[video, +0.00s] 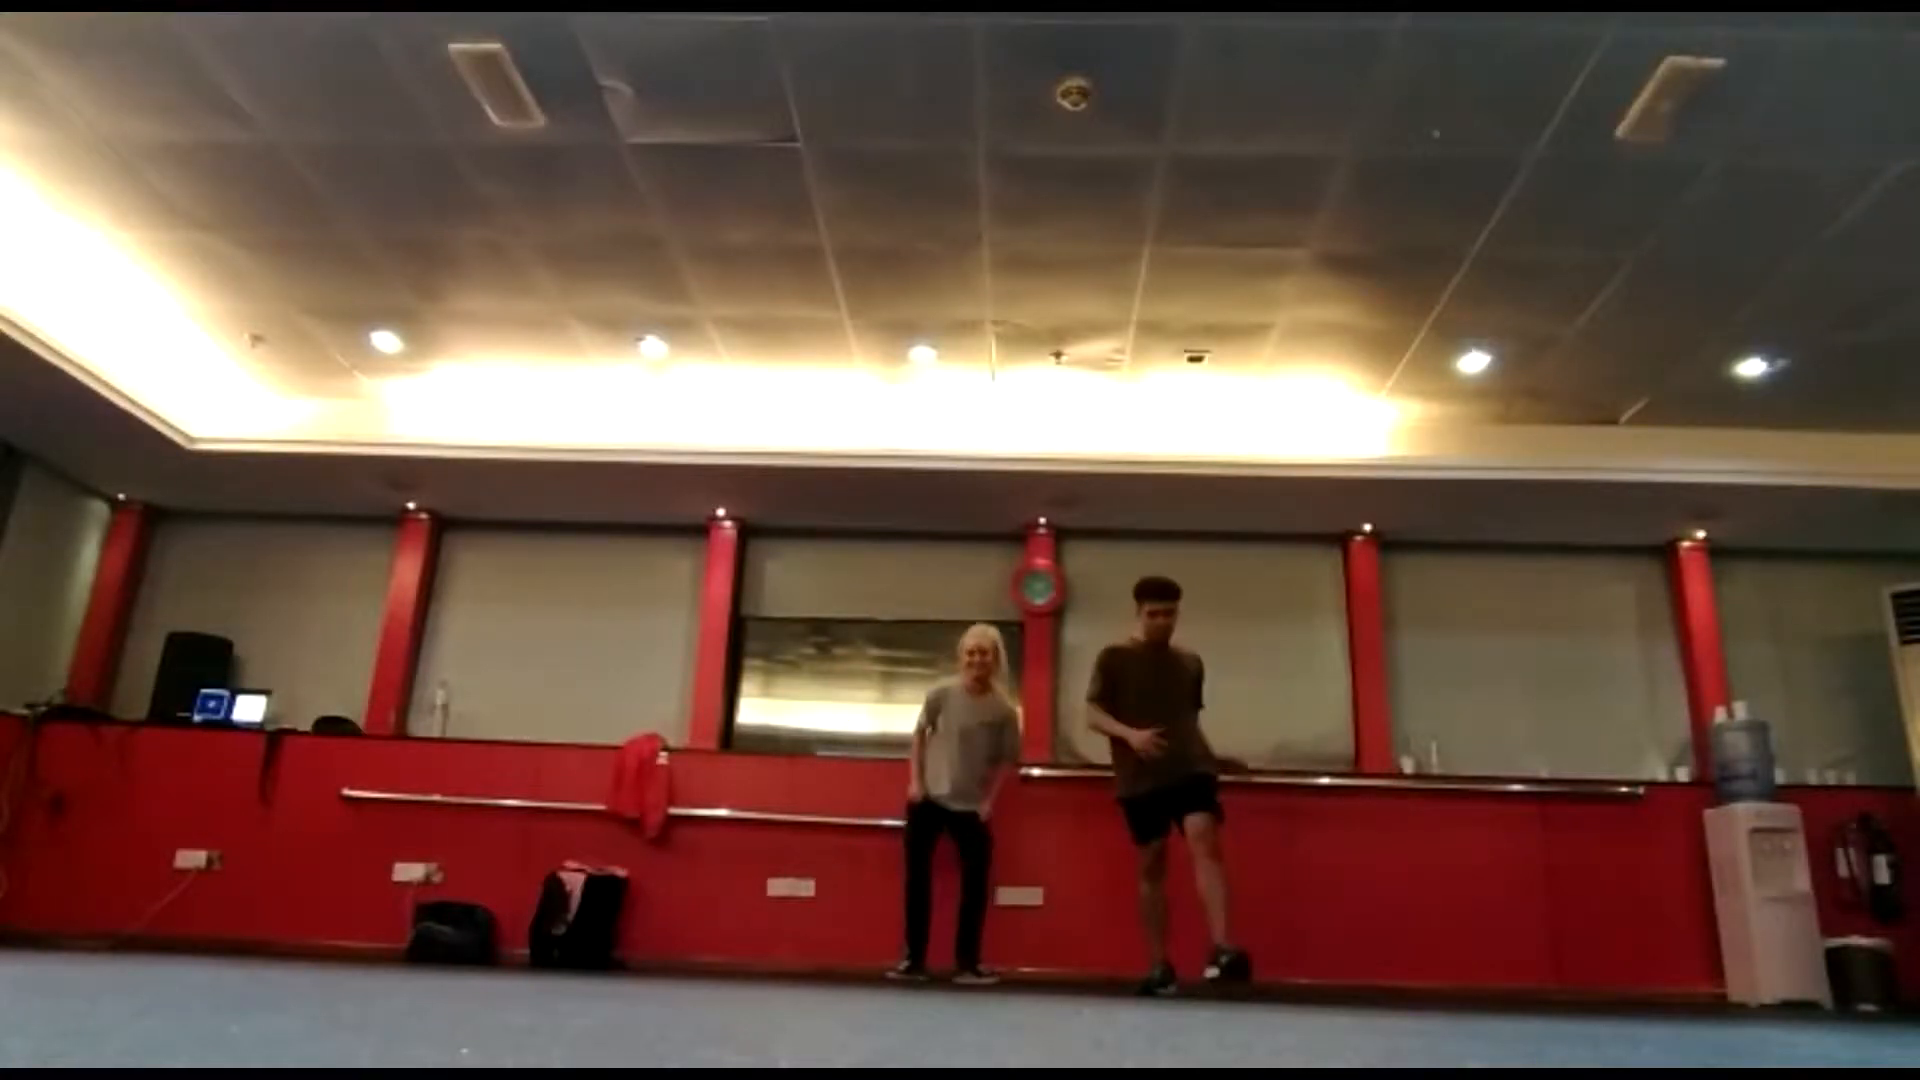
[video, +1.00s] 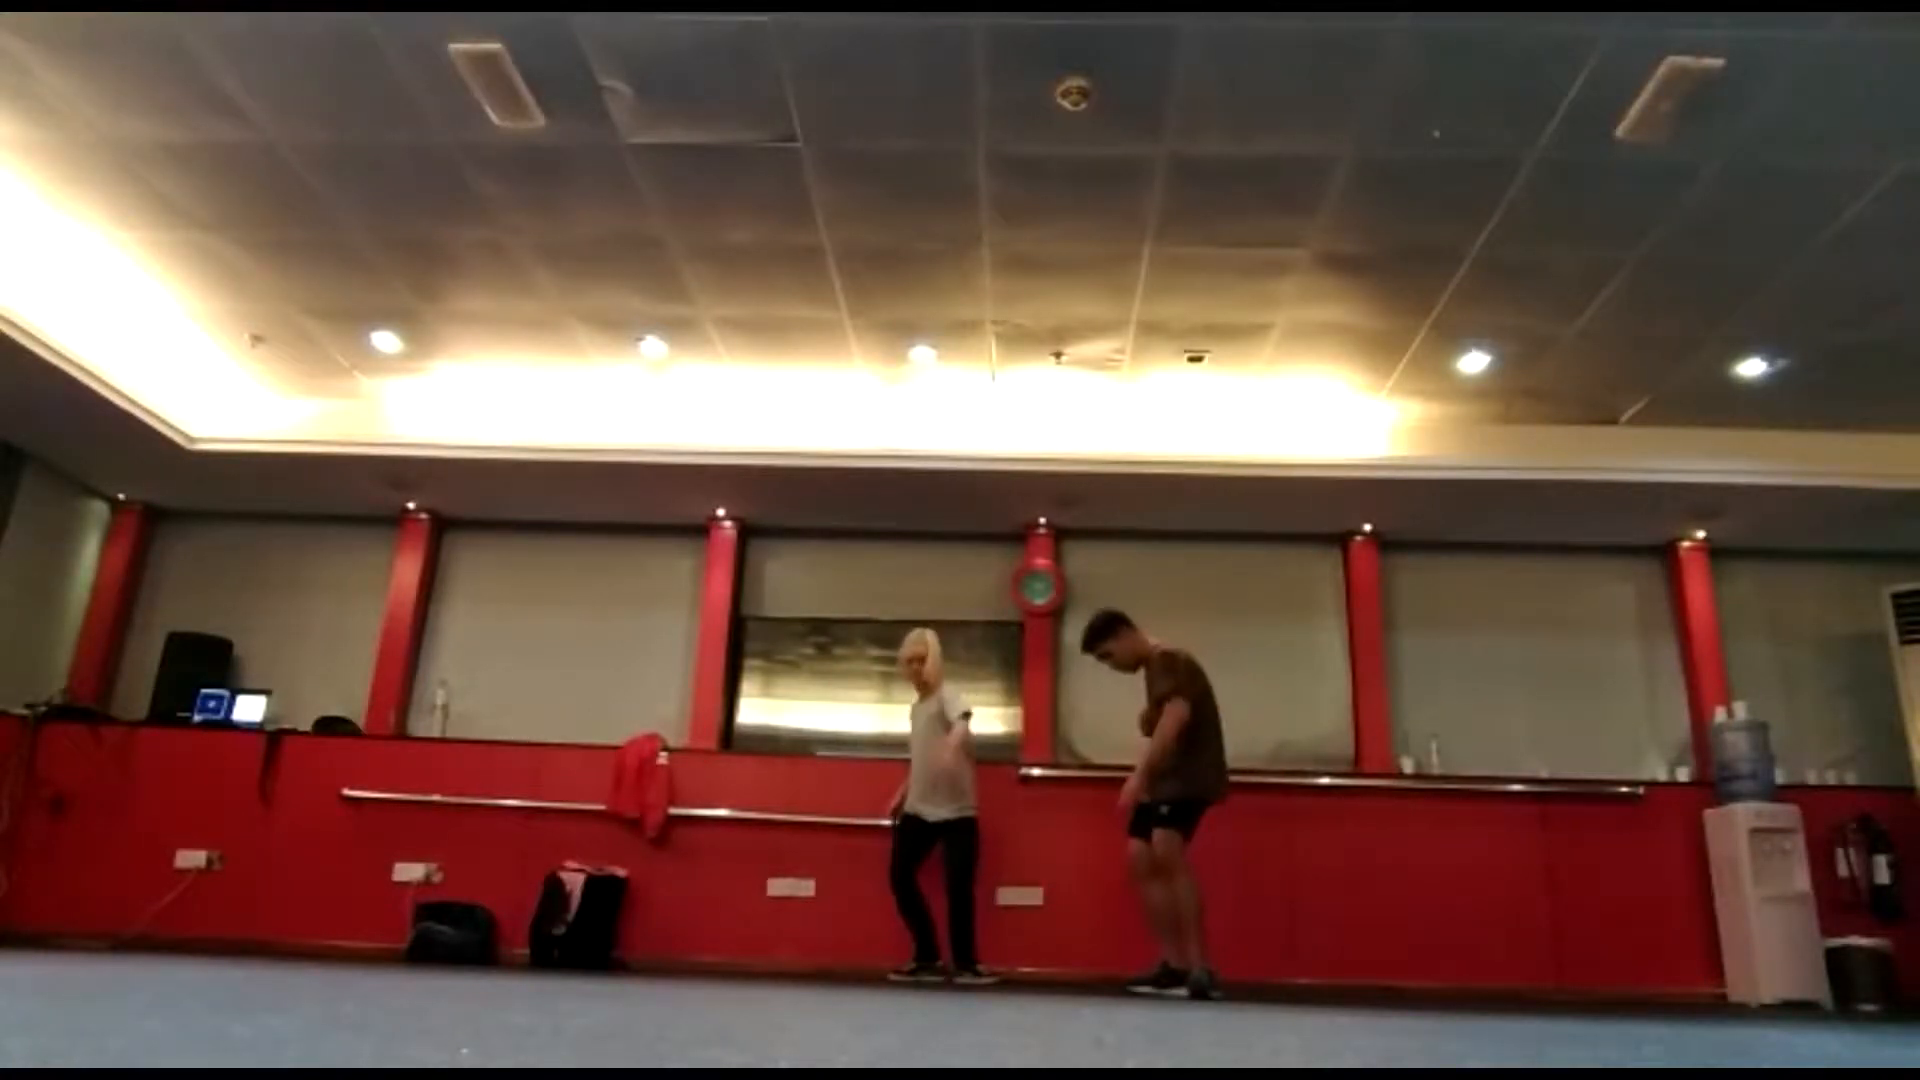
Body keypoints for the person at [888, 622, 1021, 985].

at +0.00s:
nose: (976, 659)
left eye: (984, 653)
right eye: (970, 652)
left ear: (996, 659)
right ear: (960, 656)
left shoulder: (1004, 711)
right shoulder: (940, 696)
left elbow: (1007, 761)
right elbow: (919, 736)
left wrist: (989, 801)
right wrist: (915, 781)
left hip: (971, 809)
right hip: (929, 803)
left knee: (975, 888)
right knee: (917, 883)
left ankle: (967, 963)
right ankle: (914, 958)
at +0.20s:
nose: (963, 648)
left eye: (970, 641)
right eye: (957, 641)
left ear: (984, 645)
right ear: (949, 644)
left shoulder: (998, 693)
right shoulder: (937, 684)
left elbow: (1015, 741)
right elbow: (922, 727)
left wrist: (992, 780)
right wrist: (912, 765)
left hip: (971, 798)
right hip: (928, 792)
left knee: (969, 884)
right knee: (919, 878)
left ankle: (967, 961)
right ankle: (914, 954)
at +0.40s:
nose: (940, 670)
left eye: (946, 662)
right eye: (936, 664)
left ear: (963, 660)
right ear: (932, 664)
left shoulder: (982, 698)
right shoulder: (935, 699)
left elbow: (1003, 740)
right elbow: (921, 745)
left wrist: (975, 765)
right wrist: (901, 773)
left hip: (961, 811)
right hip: (922, 807)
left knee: (964, 890)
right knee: (908, 878)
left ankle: (965, 962)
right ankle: (928, 956)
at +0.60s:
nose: (926, 672)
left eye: (932, 664)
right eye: (922, 666)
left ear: (950, 663)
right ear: (920, 667)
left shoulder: (970, 703)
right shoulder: (928, 710)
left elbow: (973, 751)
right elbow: (921, 764)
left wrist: (929, 752)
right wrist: (902, 804)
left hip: (959, 814)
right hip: (921, 811)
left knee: (963, 891)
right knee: (903, 878)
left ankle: (965, 963)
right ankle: (927, 958)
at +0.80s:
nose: (918, 658)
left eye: (924, 649)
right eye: (913, 650)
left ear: (940, 649)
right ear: (910, 654)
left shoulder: (958, 688)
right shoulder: (921, 694)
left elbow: (957, 730)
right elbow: (933, 740)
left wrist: (915, 730)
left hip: (962, 797)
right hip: (925, 795)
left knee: (964, 881)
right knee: (915, 871)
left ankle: (965, 960)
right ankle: (927, 956)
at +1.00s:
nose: (914, 670)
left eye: (920, 661)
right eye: (908, 663)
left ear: (935, 661)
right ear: (902, 666)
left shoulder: (949, 699)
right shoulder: (918, 708)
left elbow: (963, 724)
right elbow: (920, 762)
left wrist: (950, 750)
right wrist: (900, 796)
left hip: (956, 811)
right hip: (920, 811)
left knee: (959, 890)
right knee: (901, 876)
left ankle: (964, 962)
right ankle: (926, 957)